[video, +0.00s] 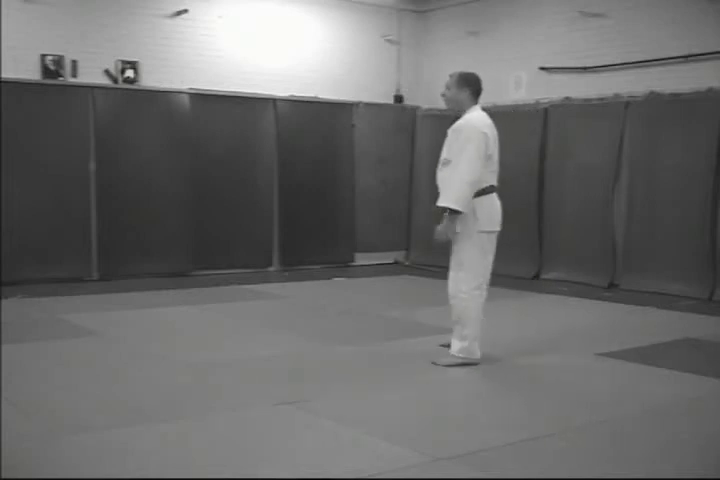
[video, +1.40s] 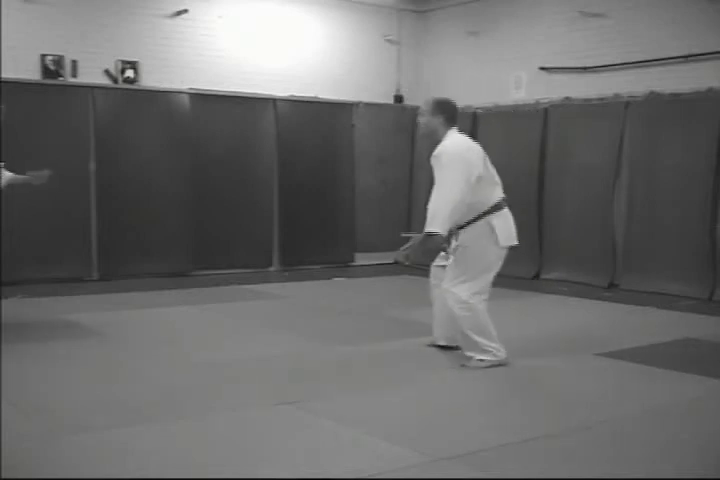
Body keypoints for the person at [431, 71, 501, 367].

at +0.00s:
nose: (443, 94)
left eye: (449, 89)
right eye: (445, 89)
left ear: (467, 93)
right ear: (469, 93)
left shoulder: (470, 126)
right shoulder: (478, 122)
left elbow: (464, 173)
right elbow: (466, 171)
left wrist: (449, 215)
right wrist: (450, 210)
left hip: (474, 209)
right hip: (480, 207)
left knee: (465, 281)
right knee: (469, 280)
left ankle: (466, 350)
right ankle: (464, 340)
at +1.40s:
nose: (418, 122)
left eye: (423, 116)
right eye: (419, 116)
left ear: (440, 120)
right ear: (442, 121)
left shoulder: (453, 150)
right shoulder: (455, 146)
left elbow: (447, 199)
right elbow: (449, 200)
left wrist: (424, 243)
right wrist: (428, 236)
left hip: (485, 229)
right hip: (472, 228)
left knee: (459, 290)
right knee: (440, 273)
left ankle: (490, 352)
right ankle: (447, 337)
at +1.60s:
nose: (410, 127)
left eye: (414, 121)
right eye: (412, 121)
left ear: (431, 125)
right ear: (434, 125)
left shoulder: (449, 153)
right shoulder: (447, 149)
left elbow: (448, 200)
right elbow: (447, 200)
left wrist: (434, 243)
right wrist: (437, 242)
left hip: (485, 228)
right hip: (470, 228)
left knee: (459, 291)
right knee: (441, 276)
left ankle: (488, 351)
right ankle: (445, 336)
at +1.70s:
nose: (410, 121)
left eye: (414, 114)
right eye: (411, 114)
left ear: (431, 116)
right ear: (433, 116)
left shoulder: (449, 144)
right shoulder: (448, 141)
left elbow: (451, 191)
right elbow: (451, 191)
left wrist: (442, 237)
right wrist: (445, 235)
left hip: (483, 220)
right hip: (470, 220)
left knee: (466, 288)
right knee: (447, 274)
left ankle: (493, 350)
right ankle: (447, 335)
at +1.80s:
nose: (414, 118)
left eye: (417, 112)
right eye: (414, 113)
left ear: (433, 113)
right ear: (437, 113)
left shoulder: (448, 142)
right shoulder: (456, 137)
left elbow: (452, 189)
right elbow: (456, 189)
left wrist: (443, 234)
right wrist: (446, 234)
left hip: (482, 218)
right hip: (471, 219)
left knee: (471, 288)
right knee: (449, 275)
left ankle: (503, 349)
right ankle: (449, 336)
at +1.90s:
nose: (419, 117)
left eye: (422, 111)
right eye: (419, 111)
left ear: (438, 113)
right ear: (443, 113)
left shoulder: (452, 141)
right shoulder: (466, 137)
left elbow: (453, 188)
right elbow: (462, 188)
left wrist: (443, 232)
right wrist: (448, 233)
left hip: (482, 219)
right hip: (474, 219)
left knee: (480, 292)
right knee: (450, 272)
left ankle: (512, 355)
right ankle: (450, 336)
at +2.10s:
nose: (423, 114)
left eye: (426, 108)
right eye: (424, 108)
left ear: (442, 110)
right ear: (451, 110)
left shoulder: (454, 141)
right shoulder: (472, 135)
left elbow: (455, 191)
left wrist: (439, 223)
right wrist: (440, 214)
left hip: (479, 222)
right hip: (479, 220)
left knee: (484, 287)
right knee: (453, 273)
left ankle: (510, 353)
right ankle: (450, 337)